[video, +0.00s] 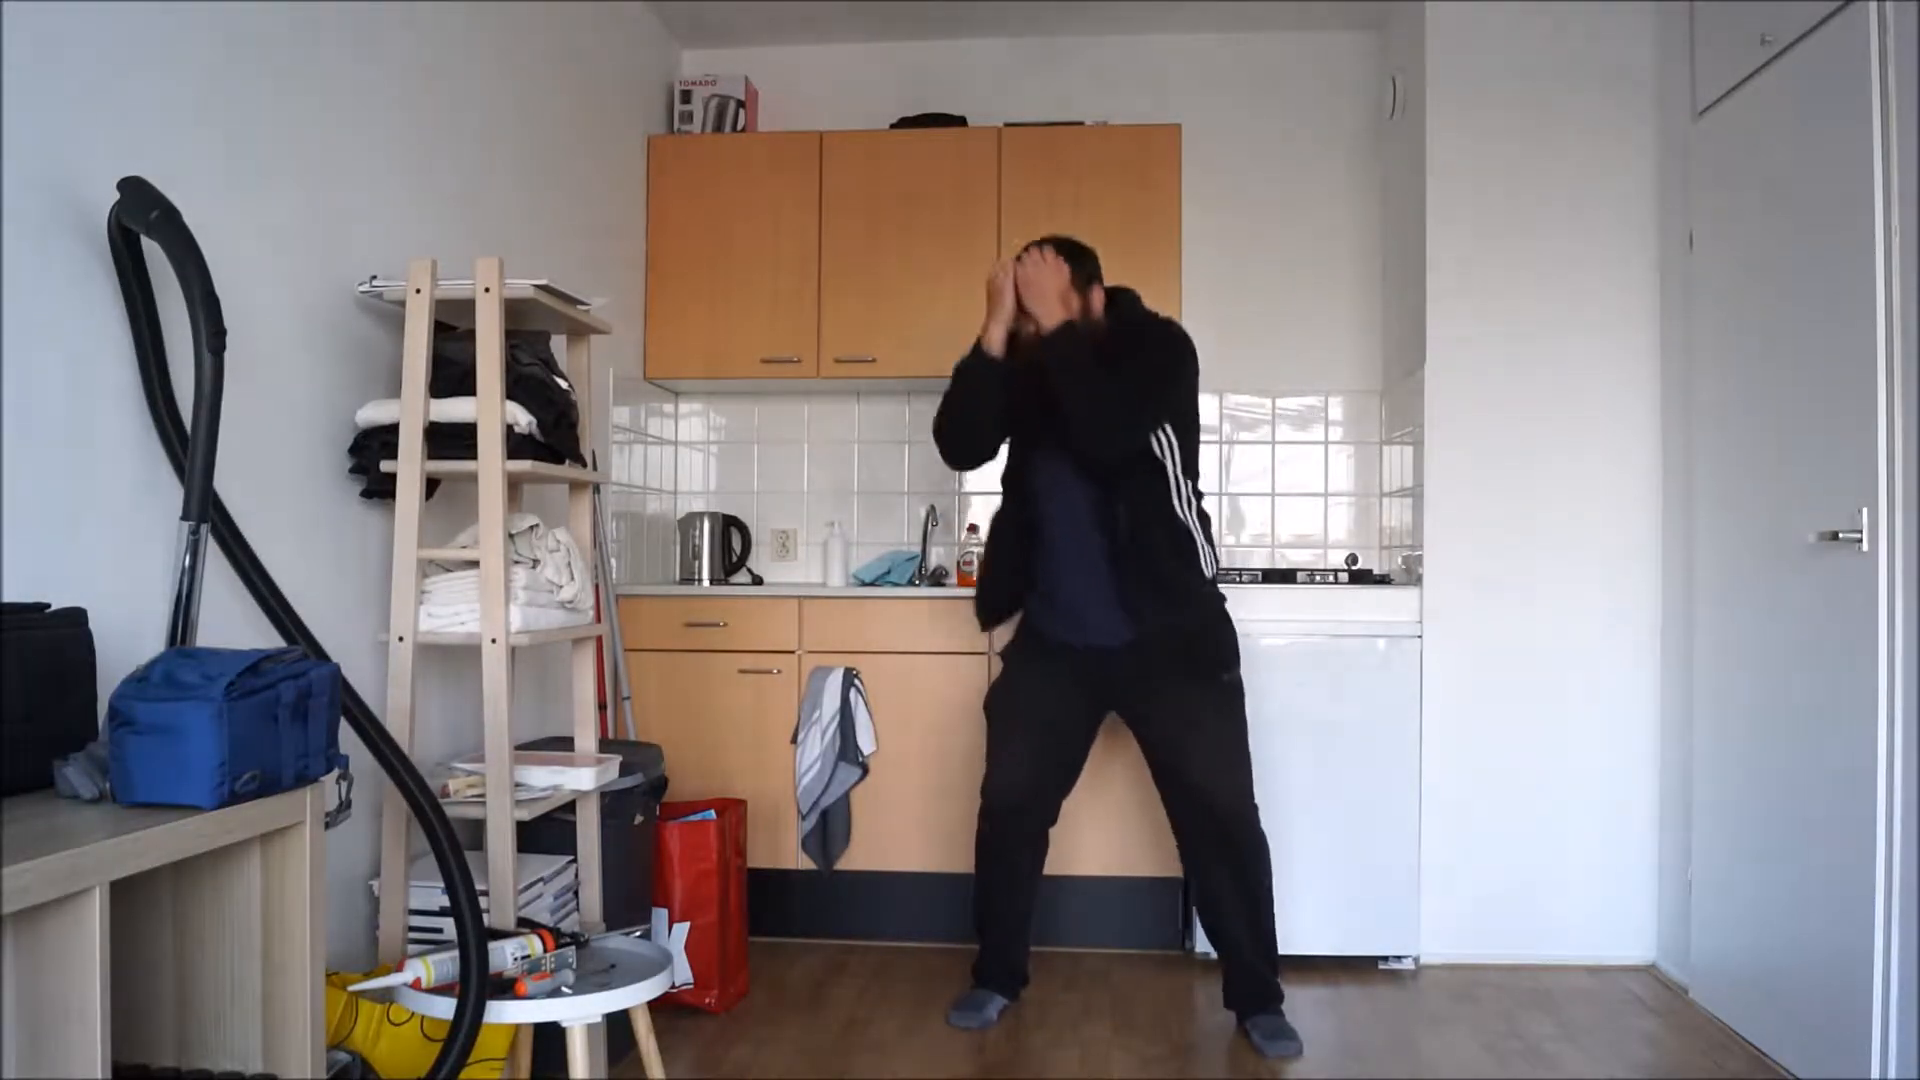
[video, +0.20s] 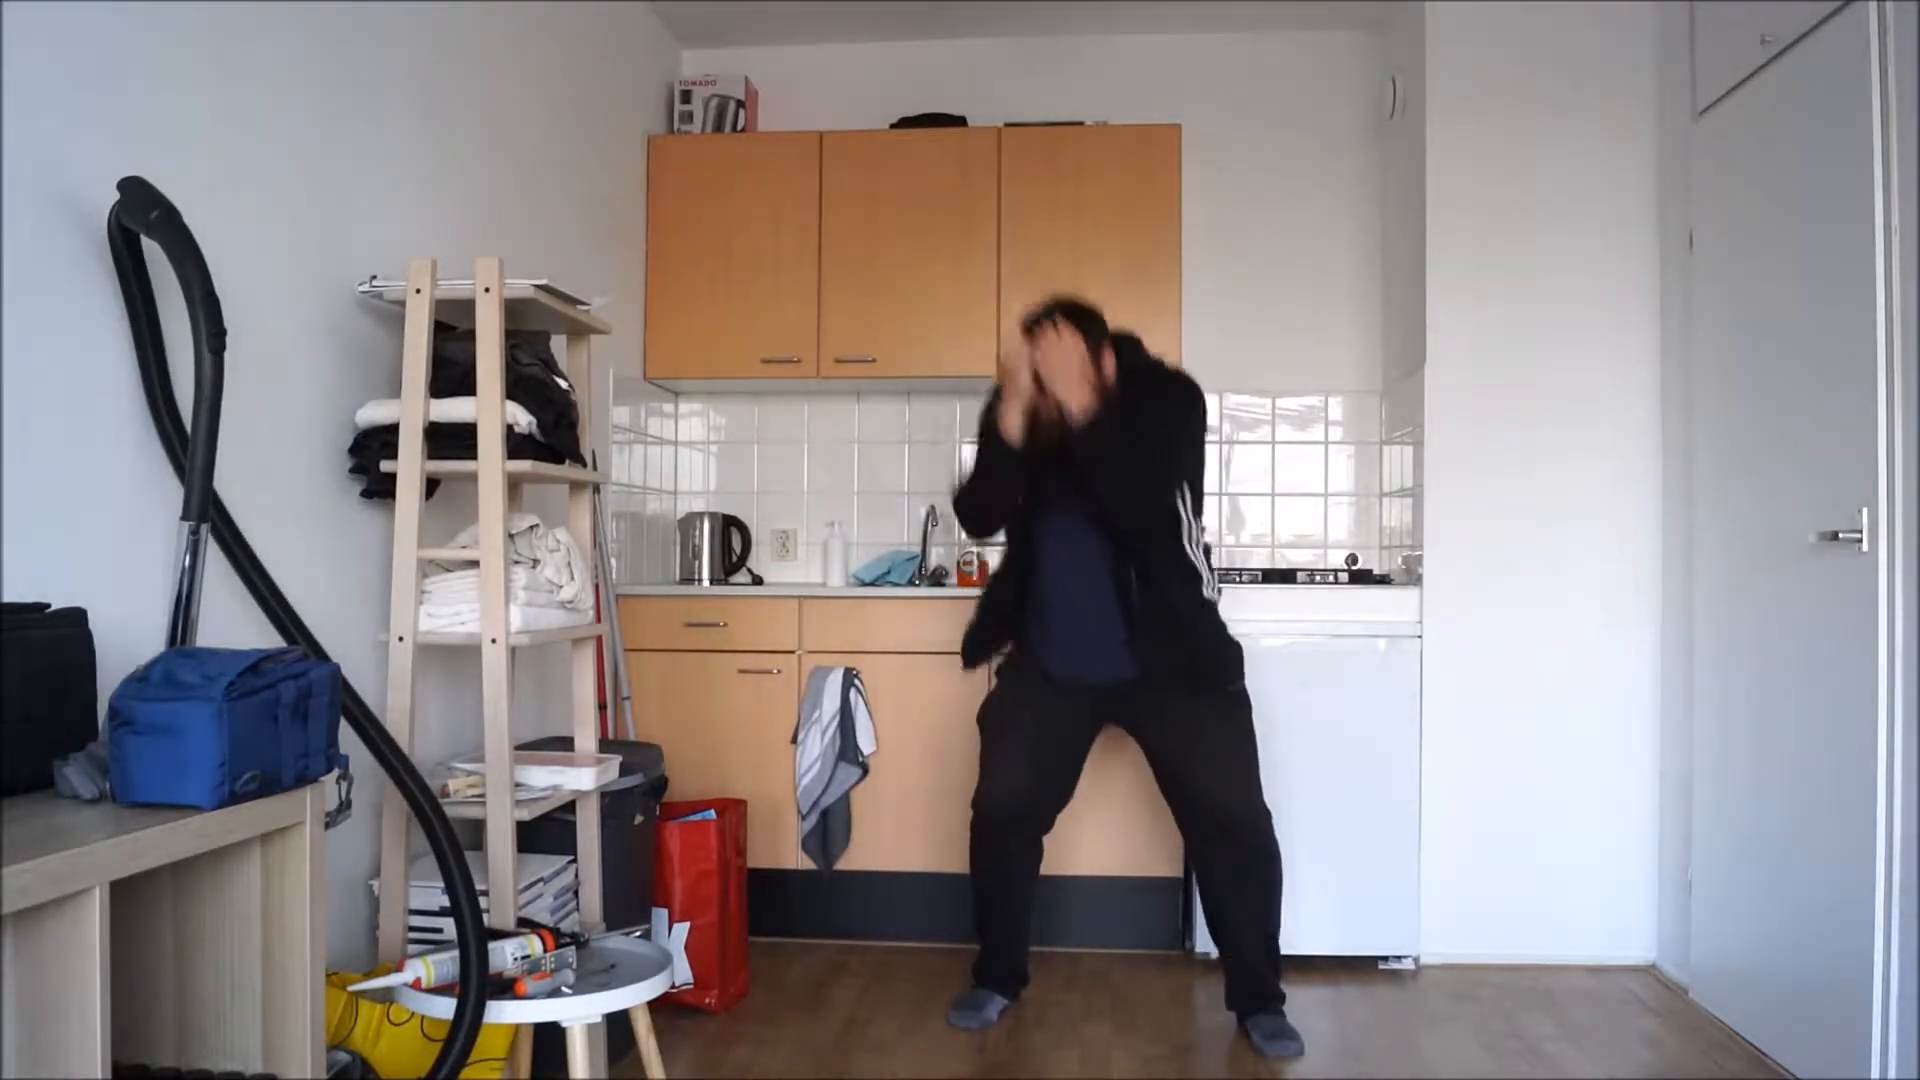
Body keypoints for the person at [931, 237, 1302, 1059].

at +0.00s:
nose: (1026, 298)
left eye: (1039, 283)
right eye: (1017, 287)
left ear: (1087, 293)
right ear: (1019, 304)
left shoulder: (1157, 344)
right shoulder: (1025, 362)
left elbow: (1112, 435)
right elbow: (959, 446)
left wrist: (1056, 328)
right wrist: (991, 338)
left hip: (1170, 633)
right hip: (1056, 635)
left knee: (1222, 818)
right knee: (1011, 803)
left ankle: (1258, 1000)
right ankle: (997, 979)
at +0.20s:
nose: (1043, 372)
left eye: (1054, 357)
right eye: (1032, 362)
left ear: (1099, 353)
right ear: (1025, 370)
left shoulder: (1165, 397)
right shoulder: (1019, 416)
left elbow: (1142, 502)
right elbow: (978, 517)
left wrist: (1085, 409)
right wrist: (1010, 421)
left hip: (1170, 661)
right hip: (1051, 664)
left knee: (1233, 821)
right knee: (1003, 811)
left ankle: (1259, 1000)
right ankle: (998, 978)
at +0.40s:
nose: (1156, 442)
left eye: (1170, 431)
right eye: (1141, 430)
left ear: (1191, 417)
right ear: (1113, 414)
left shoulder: (1220, 441)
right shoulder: (1064, 440)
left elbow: (1234, 571)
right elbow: (1070, 562)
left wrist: (1201, 474)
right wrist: (1123, 476)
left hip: (1180, 681)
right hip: (1060, 683)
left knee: (1255, 832)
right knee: (1015, 832)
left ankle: (1261, 1004)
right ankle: (997, 978)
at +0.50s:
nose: (1202, 391)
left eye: (1216, 382)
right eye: (1193, 377)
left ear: (1230, 385)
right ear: (1162, 367)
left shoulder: (1237, 432)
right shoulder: (1101, 407)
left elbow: (1278, 525)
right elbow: (1112, 521)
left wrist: (1251, 418)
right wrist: (1172, 426)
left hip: (1193, 670)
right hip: (1077, 668)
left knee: (1260, 824)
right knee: (1024, 829)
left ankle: (1260, 1003)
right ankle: (995, 978)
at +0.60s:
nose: (1217, 352)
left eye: (1231, 341)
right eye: (1204, 336)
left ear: (1244, 345)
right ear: (1175, 329)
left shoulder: (1252, 402)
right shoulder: (1118, 373)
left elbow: (1295, 485)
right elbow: (1124, 469)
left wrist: (1267, 374)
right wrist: (1185, 374)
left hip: (1211, 657)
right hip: (1094, 652)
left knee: (1262, 826)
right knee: (1034, 816)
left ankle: (1260, 1004)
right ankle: (1001, 978)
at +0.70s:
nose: (1225, 301)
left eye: (1239, 288)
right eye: (1213, 283)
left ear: (1260, 295)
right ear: (1181, 285)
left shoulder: (1281, 359)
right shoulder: (1130, 340)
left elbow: (1296, 441)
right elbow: (1117, 425)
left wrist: (1265, 323)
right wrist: (1183, 316)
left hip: (1235, 639)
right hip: (1118, 630)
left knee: (1262, 817)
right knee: (1066, 789)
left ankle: (1260, 1001)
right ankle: (1073, 961)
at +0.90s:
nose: (1161, 267)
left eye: (1178, 253)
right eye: (1154, 258)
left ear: (1228, 268)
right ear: (1149, 275)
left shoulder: (1286, 335)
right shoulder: (1143, 342)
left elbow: (1253, 396)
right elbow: (1083, 419)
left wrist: (1196, 308)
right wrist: (1119, 317)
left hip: (1255, 628)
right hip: (1157, 622)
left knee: (1251, 820)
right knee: (1143, 793)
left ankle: (1259, 999)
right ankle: (1225, 936)